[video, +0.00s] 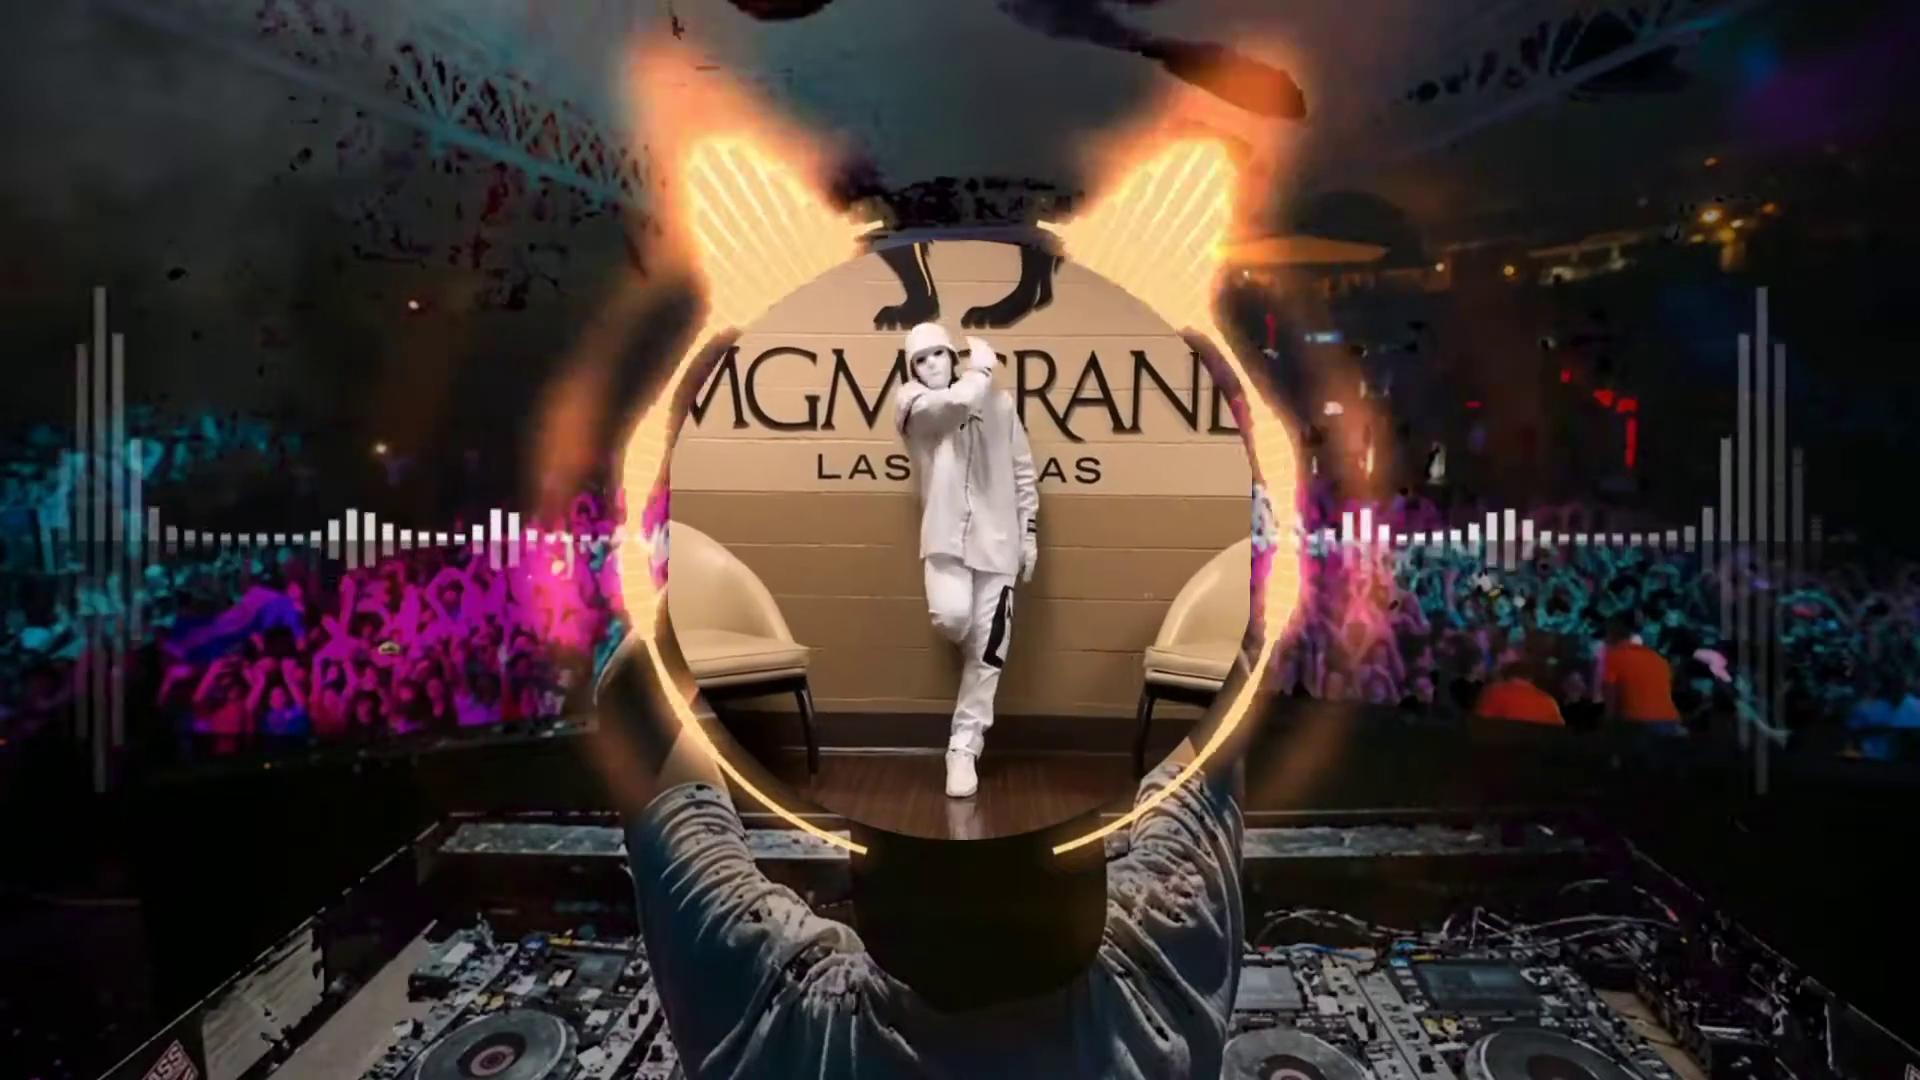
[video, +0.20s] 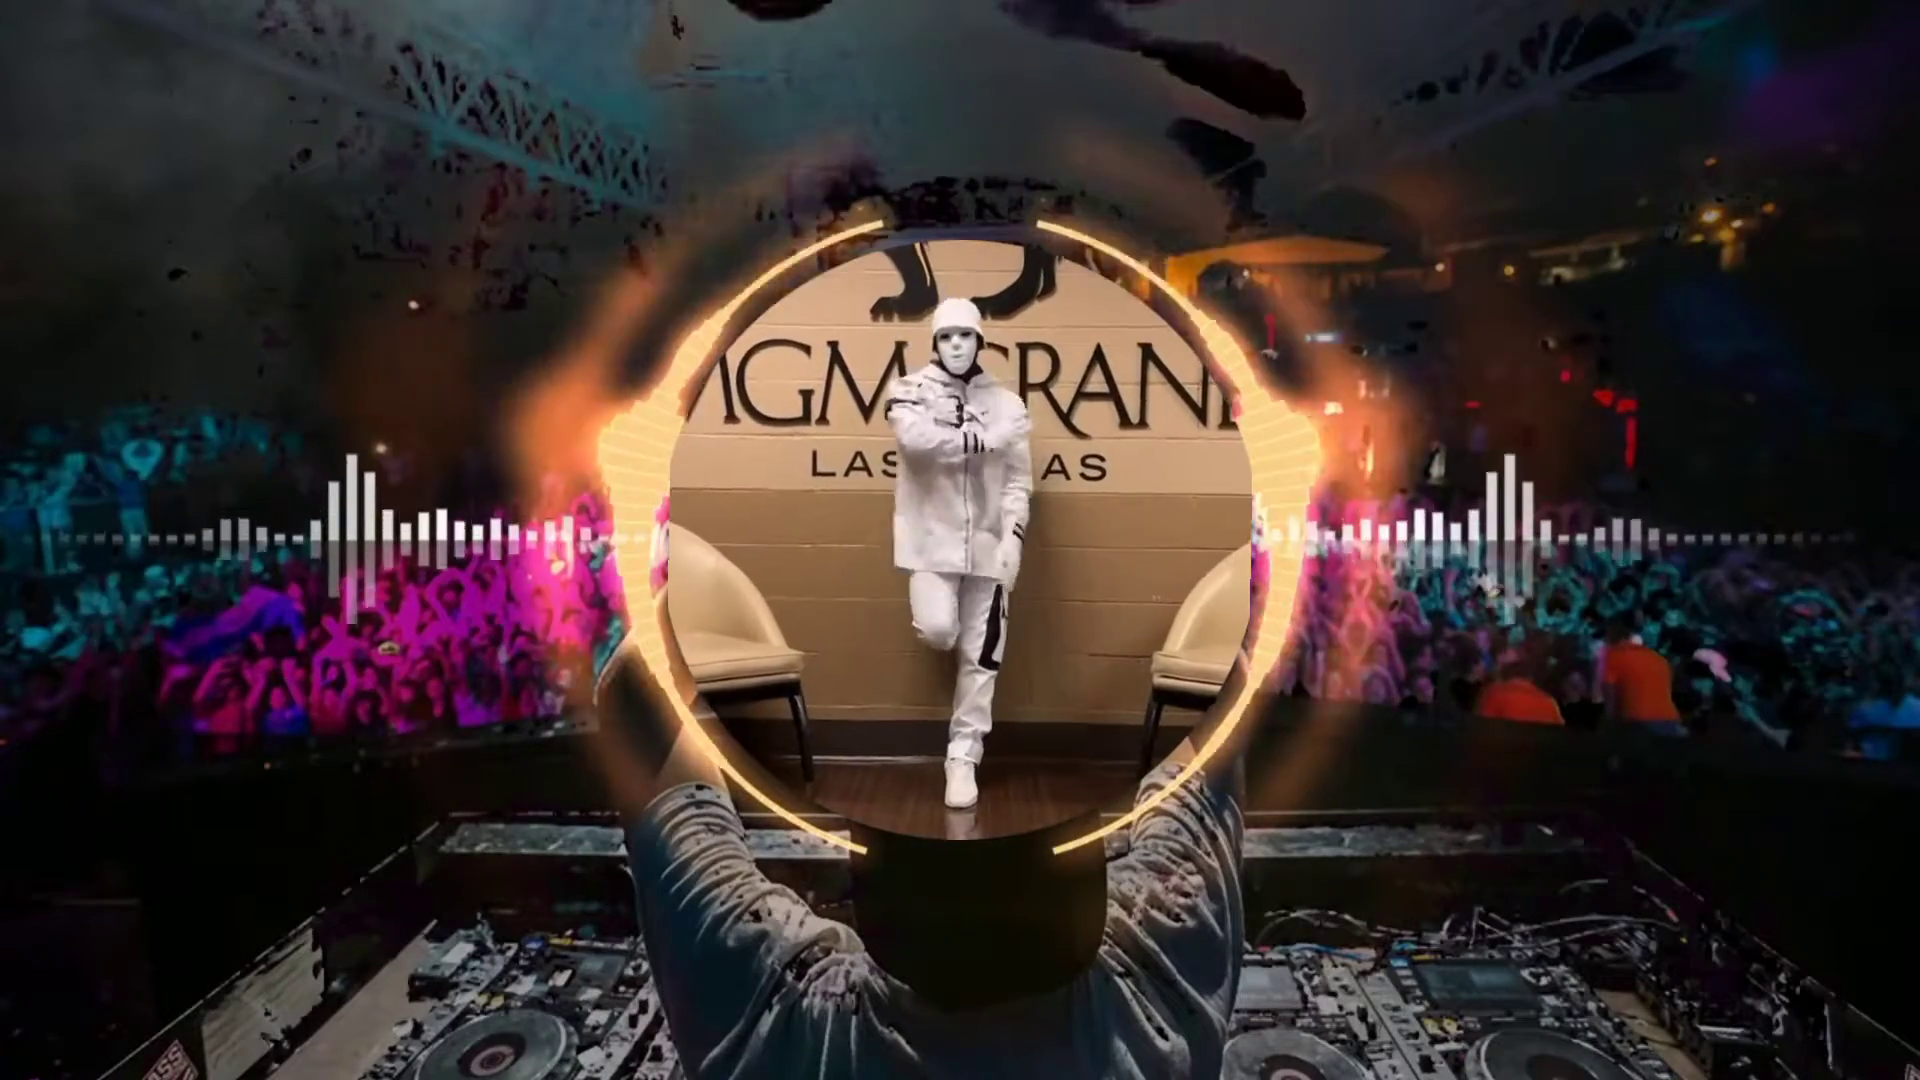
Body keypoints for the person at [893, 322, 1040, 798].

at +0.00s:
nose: (930, 365)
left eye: (937, 356)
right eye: (920, 360)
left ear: (954, 356)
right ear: (911, 368)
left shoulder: (998, 405)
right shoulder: (911, 402)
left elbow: (1024, 474)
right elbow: (957, 402)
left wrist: (1027, 535)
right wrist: (981, 366)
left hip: (997, 537)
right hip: (945, 536)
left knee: (987, 651)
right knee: (951, 618)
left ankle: (963, 750)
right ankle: (975, 643)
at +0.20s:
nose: (957, 346)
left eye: (966, 337)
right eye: (948, 337)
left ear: (980, 341)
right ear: (935, 342)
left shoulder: (1007, 404)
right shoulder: (910, 390)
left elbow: (1019, 479)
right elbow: (914, 440)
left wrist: (1011, 535)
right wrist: (983, 439)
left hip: (989, 543)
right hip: (931, 539)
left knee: (980, 657)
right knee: (937, 632)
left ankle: (963, 759)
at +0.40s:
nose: (954, 338)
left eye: (964, 329)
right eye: (945, 329)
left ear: (979, 335)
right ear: (931, 334)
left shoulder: (1004, 384)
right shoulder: (906, 373)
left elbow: (1021, 459)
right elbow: (862, 402)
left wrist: (974, 429)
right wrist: (926, 404)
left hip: (983, 547)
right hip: (921, 542)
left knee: (971, 666)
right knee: (923, 636)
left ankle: (953, 767)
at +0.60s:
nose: (944, 365)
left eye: (955, 356)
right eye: (935, 355)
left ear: (971, 362)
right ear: (921, 358)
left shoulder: (1002, 424)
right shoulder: (905, 406)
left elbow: (1013, 499)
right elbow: (865, 379)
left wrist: (1005, 564)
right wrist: (895, 315)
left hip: (976, 557)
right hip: (915, 553)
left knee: (972, 666)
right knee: (915, 657)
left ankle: (951, 776)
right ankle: (960, 653)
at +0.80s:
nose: (944, 382)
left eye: (954, 373)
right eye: (934, 372)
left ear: (972, 379)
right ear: (920, 375)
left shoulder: (1005, 436)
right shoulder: (888, 418)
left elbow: (1077, 474)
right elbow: (819, 417)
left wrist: (1152, 510)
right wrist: (771, 378)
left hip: (970, 576)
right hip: (902, 579)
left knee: (974, 670)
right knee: (913, 680)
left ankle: (949, 788)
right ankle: (941, 639)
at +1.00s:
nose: (946, 381)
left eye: (958, 371)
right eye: (936, 370)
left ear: (975, 375)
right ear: (923, 373)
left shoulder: (1002, 411)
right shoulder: (892, 422)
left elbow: (1061, 363)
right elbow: (850, 487)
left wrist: (1105, 305)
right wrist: (806, 542)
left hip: (982, 577)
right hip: (915, 579)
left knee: (978, 684)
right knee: (918, 689)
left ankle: (950, 797)